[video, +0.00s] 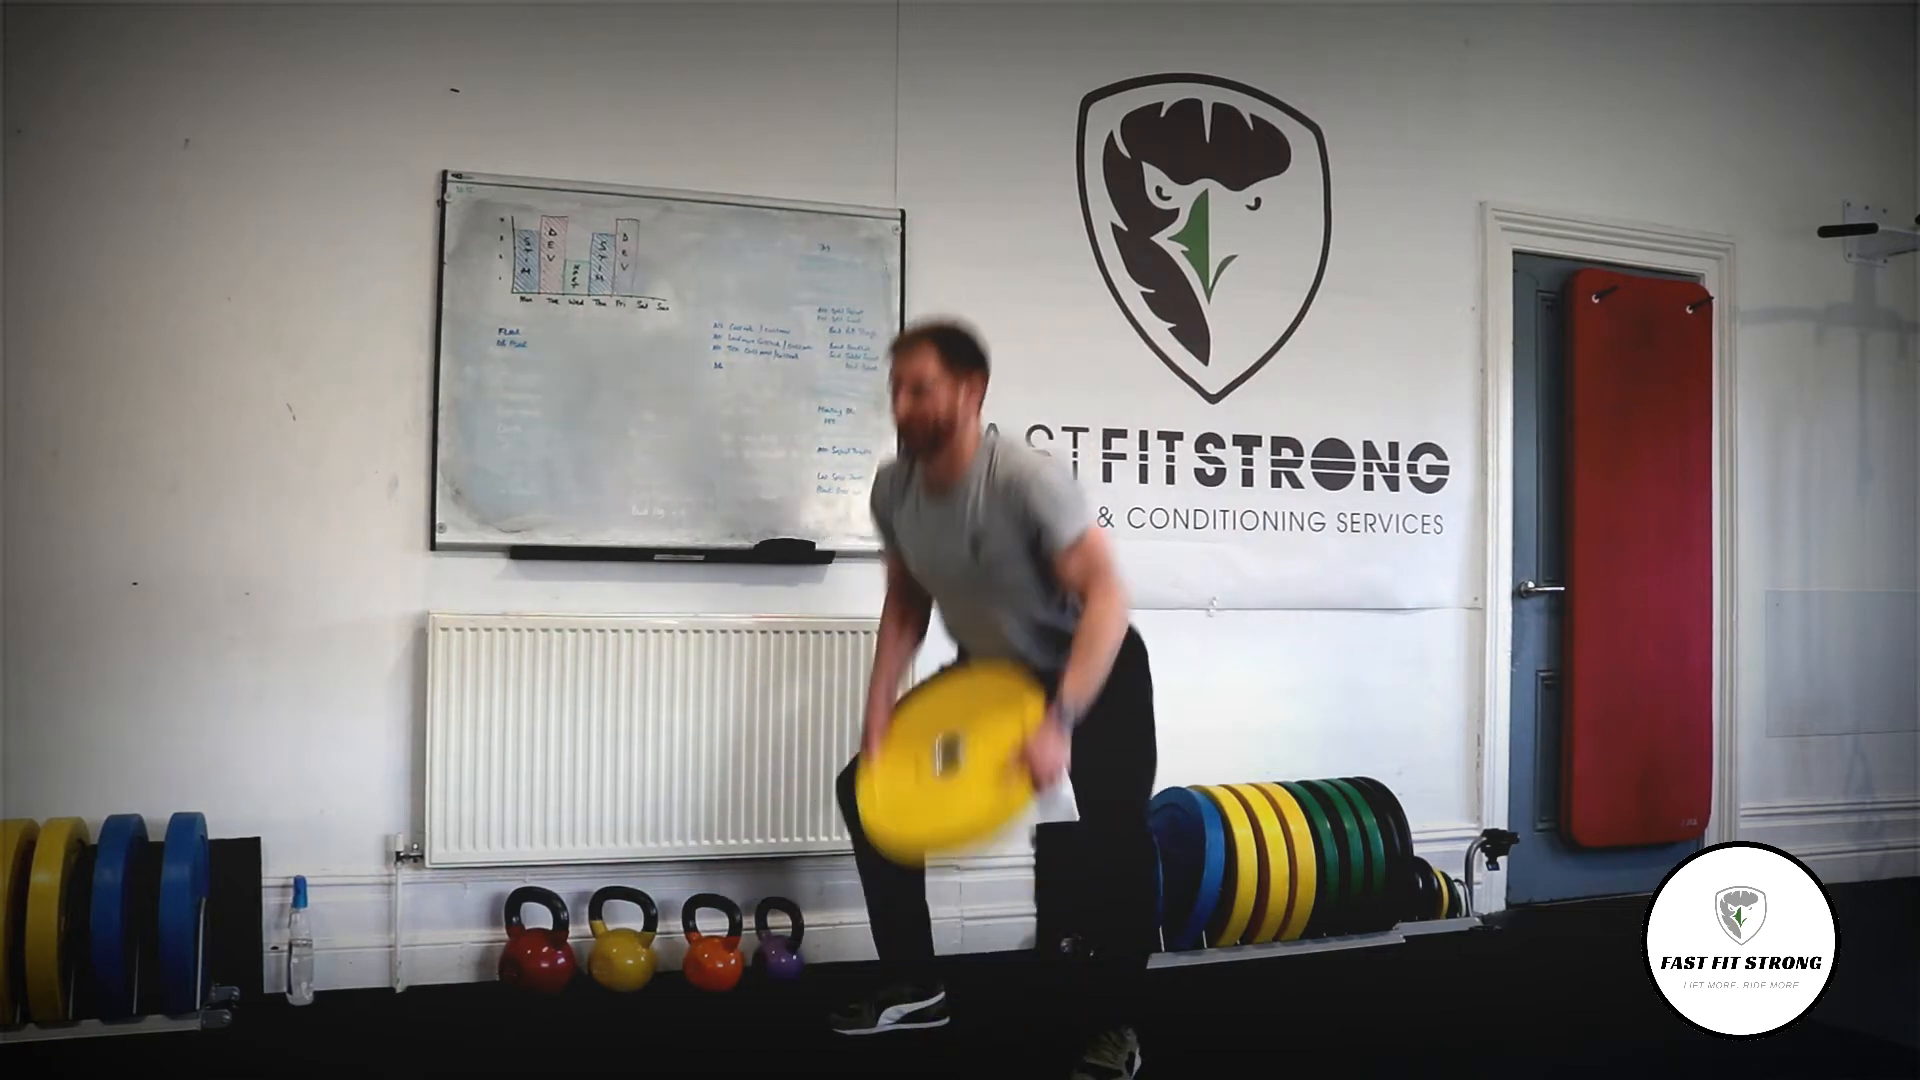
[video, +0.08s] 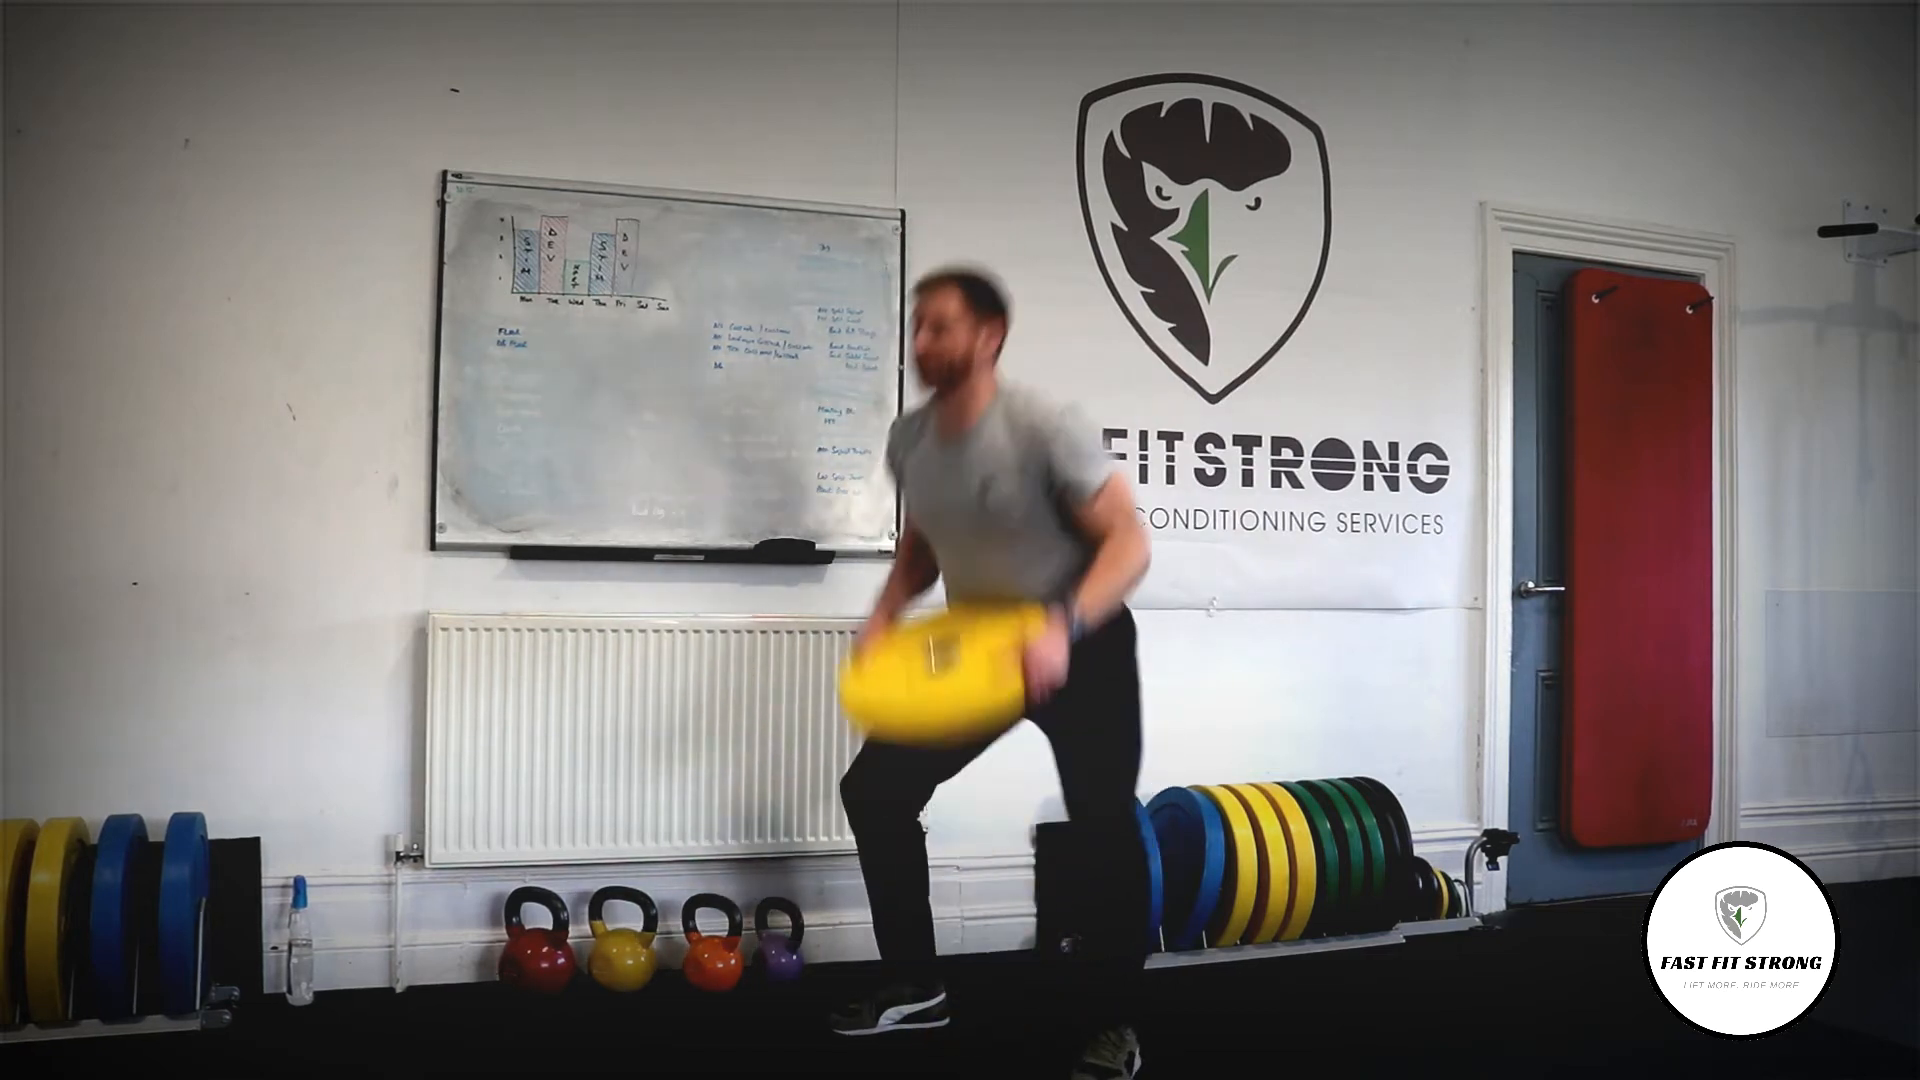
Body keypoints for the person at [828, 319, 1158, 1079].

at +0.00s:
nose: (905, 406)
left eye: (922, 389)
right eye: (897, 391)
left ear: (972, 391)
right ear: (890, 398)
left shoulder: (1030, 478)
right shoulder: (894, 490)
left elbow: (1109, 594)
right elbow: (905, 603)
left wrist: (1062, 717)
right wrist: (877, 725)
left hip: (1088, 671)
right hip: (991, 673)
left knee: (1114, 839)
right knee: (868, 790)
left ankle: (1114, 1027)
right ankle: (914, 988)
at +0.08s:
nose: (921, 340)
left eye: (939, 325)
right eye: (916, 326)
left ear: (990, 334)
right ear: (914, 339)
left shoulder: (1048, 428)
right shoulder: (910, 437)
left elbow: (1131, 543)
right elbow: (919, 550)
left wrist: (1065, 622)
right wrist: (881, 618)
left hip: (1083, 642)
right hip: (983, 648)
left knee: (1103, 824)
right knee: (874, 792)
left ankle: (1112, 1026)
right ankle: (916, 989)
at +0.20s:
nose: (984, 276)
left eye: (1002, 262)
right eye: (981, 263)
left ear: (1050, 278)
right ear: (980, 280)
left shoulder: (1092, 377)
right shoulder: (951, 387)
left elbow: (1128, 510)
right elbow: (941, 510)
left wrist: (1045, 502)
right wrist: (870, 502)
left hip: (1056, 624)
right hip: (959, 621)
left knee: (1075, 820)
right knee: (876, 792)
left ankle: (1101, 1023)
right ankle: (915, 988)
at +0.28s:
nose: (1014, 262)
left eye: (1034, 251)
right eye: (1011, 251)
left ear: (1079, 278)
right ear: (1004, 271)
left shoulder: (1099, 366)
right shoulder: (973, 364)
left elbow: (1116, 496)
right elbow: (914, 494)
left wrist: (1053, 420)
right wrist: (863, 417)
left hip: (1039, 607)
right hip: (946, 604)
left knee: (1063, 811)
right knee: (889, 789)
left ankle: (1102, 1018)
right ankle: (914, 989)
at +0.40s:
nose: (1039, 254)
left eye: (1062, 253)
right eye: (1039, 248)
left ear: (1088, 294)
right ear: (1019, 275)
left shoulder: (1095, 370)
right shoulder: (967, 366)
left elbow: (1091, 425)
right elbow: (868, 422)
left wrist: (1053, 312)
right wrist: (877, 316)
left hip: (1027, 605)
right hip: (927, 604)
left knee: (1059, 812)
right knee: (903, 808)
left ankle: (1102, 1016)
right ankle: (920, 991)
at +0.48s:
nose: (1043, 268)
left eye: (1066, 269)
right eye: (1042, 261)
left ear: (1088, 304)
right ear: (1023, 287)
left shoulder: (1087, 372)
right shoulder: (958, 360)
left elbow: (1086, 342)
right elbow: (851, 340)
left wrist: (1067, 230)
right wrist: (888, 241)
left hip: (1023, 606)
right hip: (920, 606)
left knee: (1058, 812)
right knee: (899, 803)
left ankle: (1100, 1017)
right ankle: (917, 990)